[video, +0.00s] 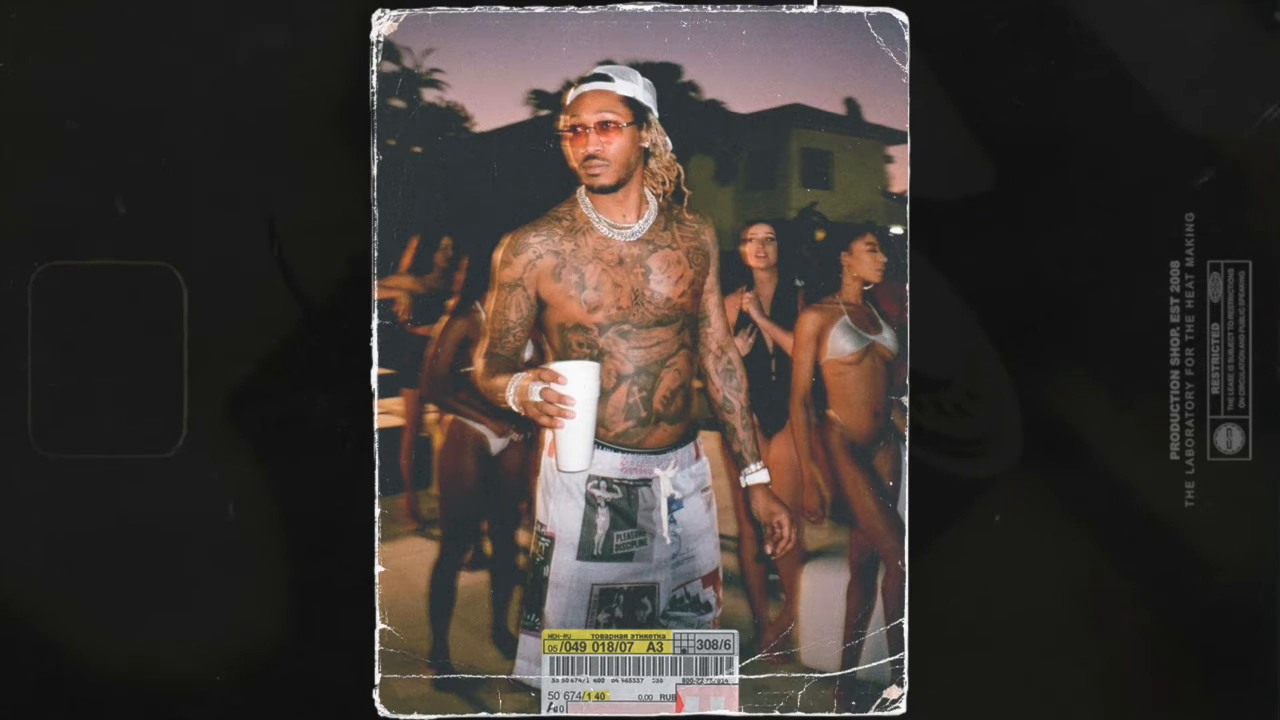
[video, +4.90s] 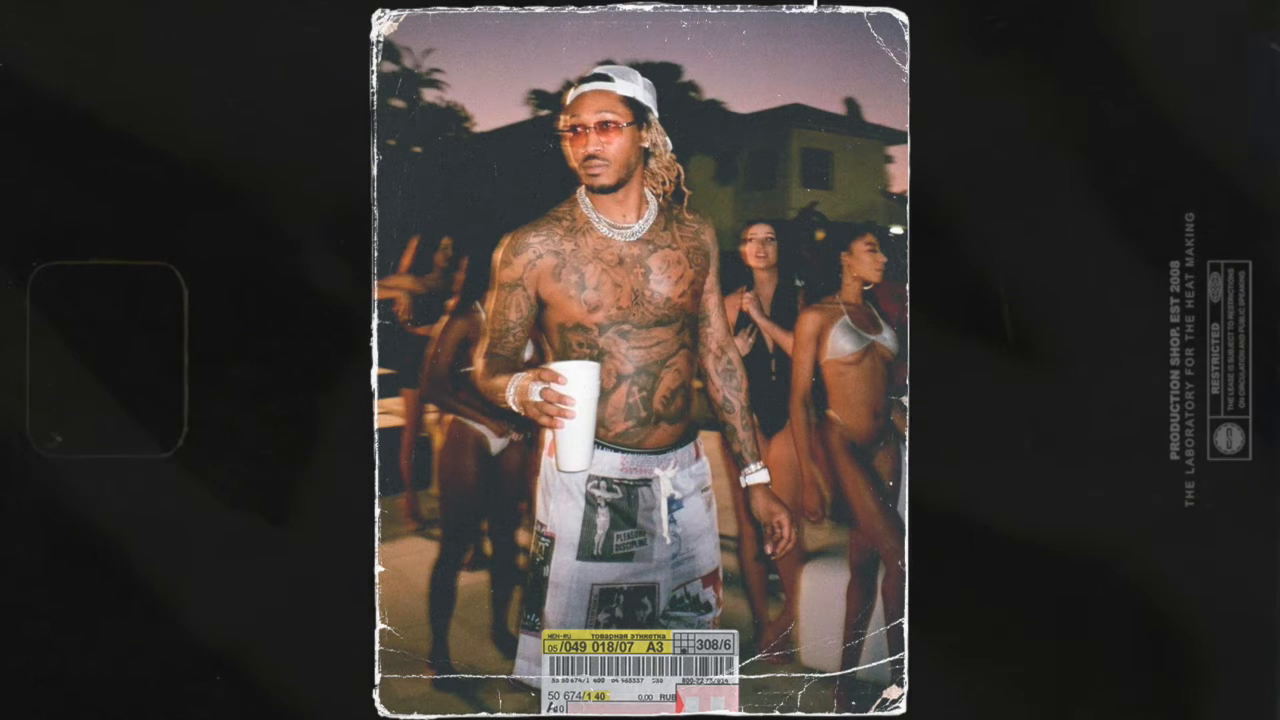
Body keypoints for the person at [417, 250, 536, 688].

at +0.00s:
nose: (517, 287)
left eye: (524, 279)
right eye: (511, 277)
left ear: (532, 287)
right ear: (496, 277)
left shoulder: (531, 332)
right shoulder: (466, 322)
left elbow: (543, 385)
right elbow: (434, 387)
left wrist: (529, 421)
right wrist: (489, 421)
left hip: (514, 445)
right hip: (465, 440)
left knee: (506, 541)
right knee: (456, 544)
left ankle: (501, 628)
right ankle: (439, 651)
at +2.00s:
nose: (515, 288)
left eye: (522, 280)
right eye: (508, 278)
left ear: (532, 288)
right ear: (494, 278)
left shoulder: (531, 333)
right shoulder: (465, 323)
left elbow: (543, 386)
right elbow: (434, 387)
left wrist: (529, 421)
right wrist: (490, 422)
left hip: (515, 443)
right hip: (465, 439)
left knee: (506, 540)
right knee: (456, 544)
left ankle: (501, 627)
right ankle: (439, 649)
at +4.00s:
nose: (516, 281)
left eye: (523, 273)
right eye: (510, 271)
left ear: (532, 281)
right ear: (496, 273)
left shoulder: (531, 328)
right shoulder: (467, 319)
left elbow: (544, 382)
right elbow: (435, 387)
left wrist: (529, 420)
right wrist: (491, 421)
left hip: (515, 444)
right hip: (465, 440)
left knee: (506, 541)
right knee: (455, 544)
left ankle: (501, 627)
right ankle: (439, 649)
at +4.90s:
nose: (517, 287)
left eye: (524, 280)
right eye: (510, 277)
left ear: (533, 289)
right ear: (495, 278)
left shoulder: (532, 332)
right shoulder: (466, 322)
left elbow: (543, 385)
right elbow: (434, 387)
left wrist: (529, 421)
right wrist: (489, 421)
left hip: (514, 446)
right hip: (465, 441)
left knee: (506, 541)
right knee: (456, 544)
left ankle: (501, 627)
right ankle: (439, 648)